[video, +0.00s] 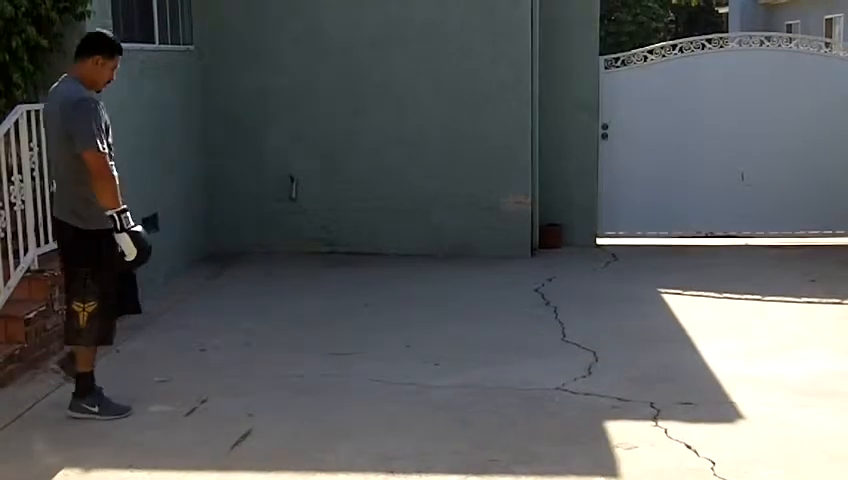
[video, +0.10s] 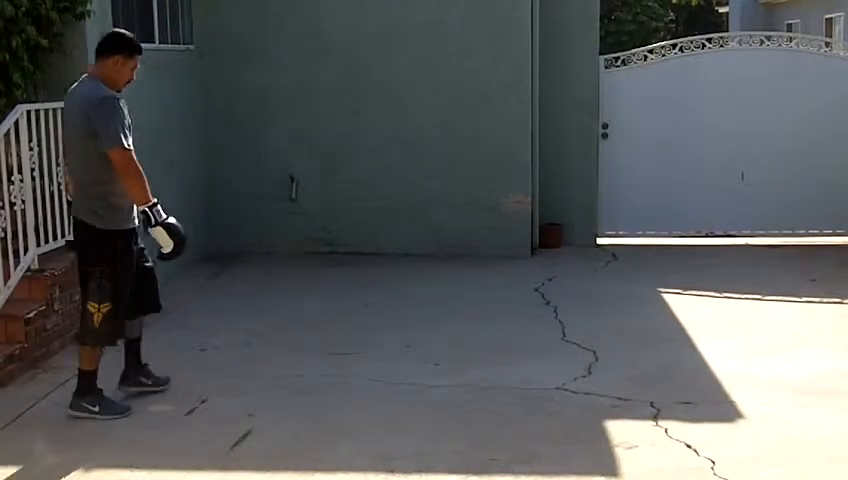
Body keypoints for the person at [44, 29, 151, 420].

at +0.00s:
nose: (113, 77)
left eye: (115, 69)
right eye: (112, 68)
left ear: (86, 61)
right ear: (95, 62)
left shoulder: (62, 94)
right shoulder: (81, 102)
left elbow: (82, 166)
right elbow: (99, 169)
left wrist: (114, 209)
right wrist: (123, 222)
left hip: (76, 221)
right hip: (88, 225)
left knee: (96, 297)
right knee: (90, 306)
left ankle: (76, 356)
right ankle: (85, 393)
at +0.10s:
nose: (133, 78)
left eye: (135, 69)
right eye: (132, 68)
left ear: (107, 61)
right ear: (115, 62)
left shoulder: (79, 93)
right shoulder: (105, 101)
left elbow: (75, 160)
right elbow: (126, 165)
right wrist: (154, 210)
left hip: (106, 222)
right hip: (104, 225)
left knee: (136, 292)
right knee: (98, 308)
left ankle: (133, 370)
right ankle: (86, 393)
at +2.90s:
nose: (492, 63)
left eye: (472, 61)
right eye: (497, 56)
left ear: (468, 64)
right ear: (501, 58)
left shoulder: (460, 101)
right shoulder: (525, 90)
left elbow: (455, 152)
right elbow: (542, 140)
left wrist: (457, 196)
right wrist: (553, 183)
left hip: (483, 197)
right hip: (521, 196)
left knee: (491, 268)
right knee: (528, 266)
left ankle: (505, 334)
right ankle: (507, 321)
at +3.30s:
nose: (490, 67)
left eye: (491, 60)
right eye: (491, 61)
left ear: (498, 61)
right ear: (519, 58)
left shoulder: (492, 99)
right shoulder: (551, 89)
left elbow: (480, 150)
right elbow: (554, 136)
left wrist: (472, 187)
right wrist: (550, 167)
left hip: (503, 195)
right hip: (538, 191)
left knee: (498, 261)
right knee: (540, 253)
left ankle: (502, 329)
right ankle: (566, 319)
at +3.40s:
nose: (499, 65)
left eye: (500, 59)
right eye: (499, 59)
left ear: (512, 57)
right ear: (529, 57)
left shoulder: (508, 97)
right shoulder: (557, 89)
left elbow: (493, 149)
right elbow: (547, 137)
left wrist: (477, 188)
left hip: (510, 194)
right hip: (544, 191)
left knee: (501, 260)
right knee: (546, 254)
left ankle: (502, 329)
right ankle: (567, 322)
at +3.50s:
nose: (509, 62)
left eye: (511, 56)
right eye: (509, 56)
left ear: (526, 57)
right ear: (537, 57)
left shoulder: (523, 96)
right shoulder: (560, 87)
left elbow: (507, 147)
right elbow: (556, 139)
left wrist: (489, 188)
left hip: (519, 193)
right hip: (551, 190)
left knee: (506, 260)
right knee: (554, 255)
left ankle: (504, 329)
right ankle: (568, 325)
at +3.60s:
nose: (519, 62)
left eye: (523, 56)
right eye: (519, 56)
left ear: (540, 57)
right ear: (545, 57)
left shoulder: (535, 95)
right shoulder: (563, 86)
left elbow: (523, 148)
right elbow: (554, 143)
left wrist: (505, 186)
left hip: (529, 195)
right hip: (559, 191)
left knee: (511, 257)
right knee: (563, 258)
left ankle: (507, 327)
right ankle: (571, 327)